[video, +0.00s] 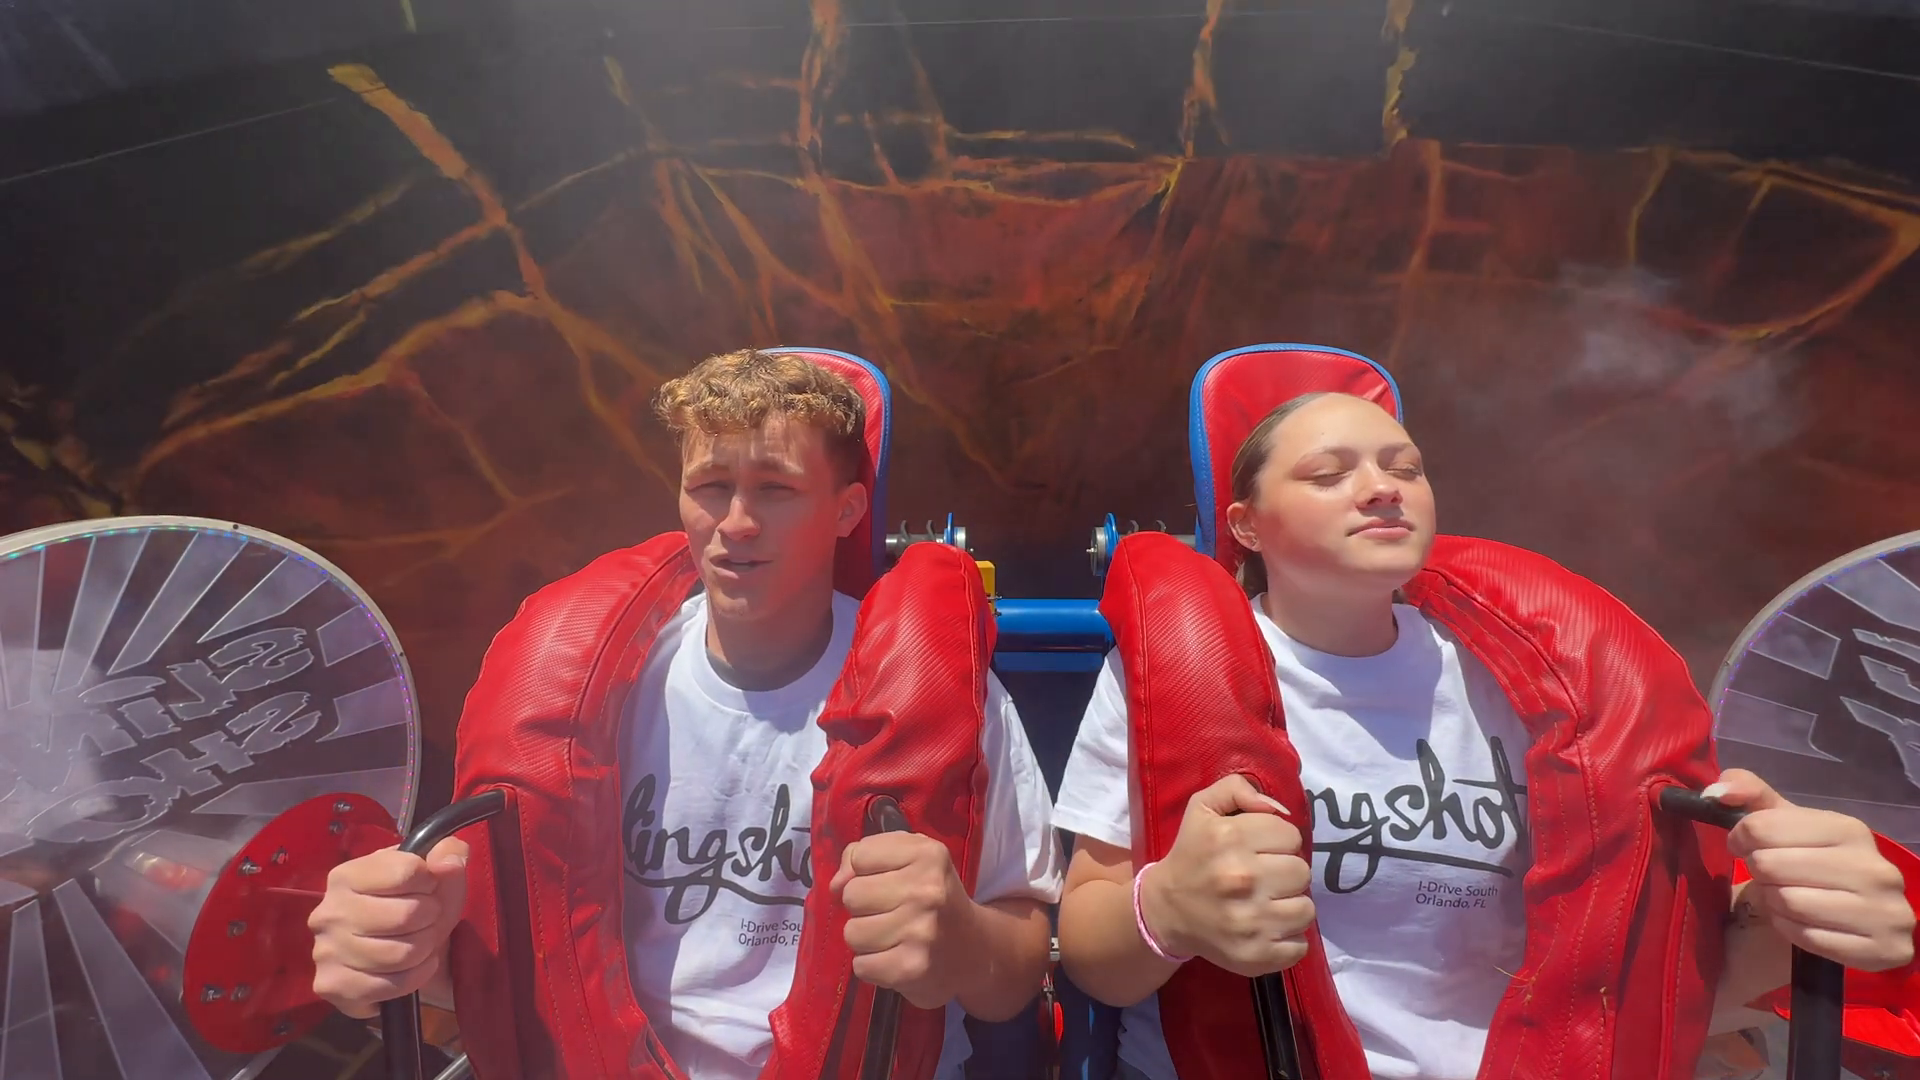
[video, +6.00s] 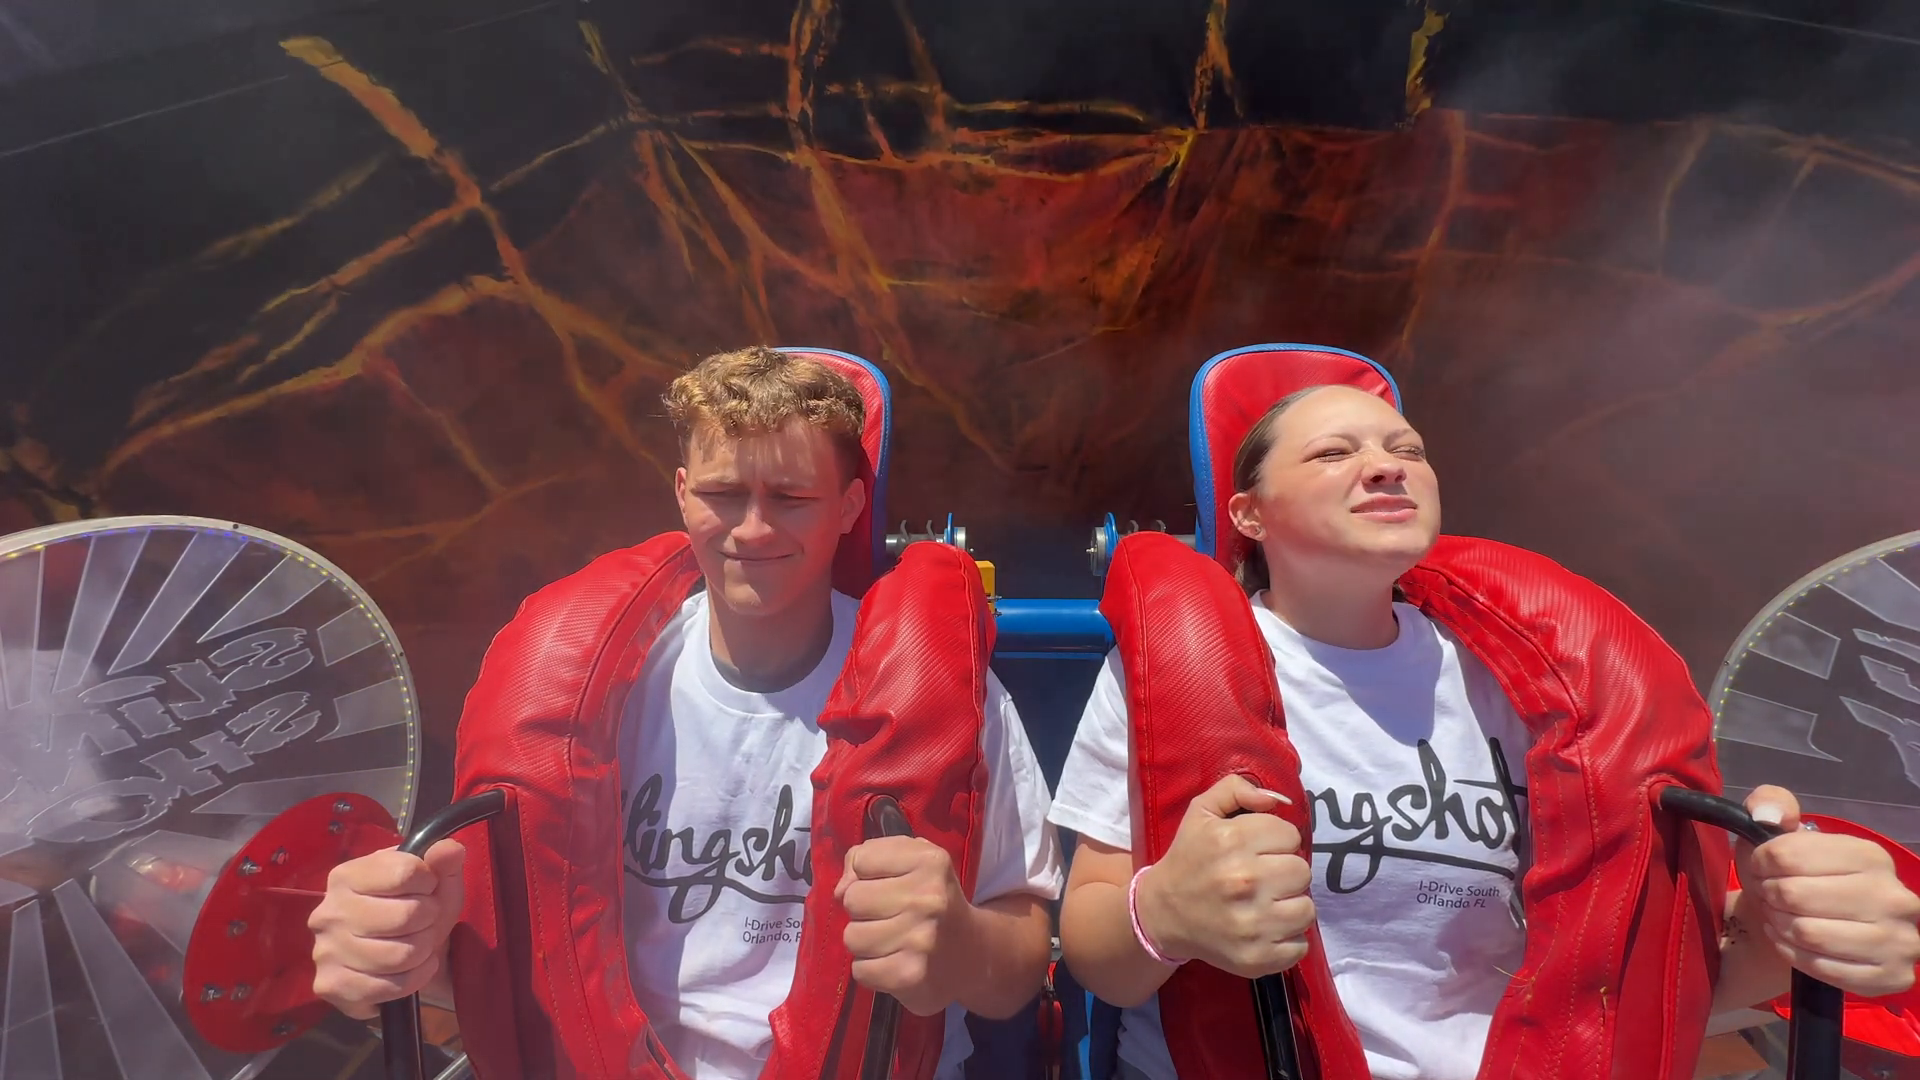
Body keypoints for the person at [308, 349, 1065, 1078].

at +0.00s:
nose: (736, 525)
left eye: (775, 491)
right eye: (712, 488)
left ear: (849, 507)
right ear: (679, 491)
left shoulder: (936, 692)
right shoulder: (582, 672)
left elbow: (1024, 968)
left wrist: (967, 945)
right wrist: (404, 941)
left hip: (828, 1064)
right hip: (610, 1059)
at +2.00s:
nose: (729, 524)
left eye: (768, 493)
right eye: (705, 490)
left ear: (847, 507)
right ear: (675, 492)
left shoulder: (936, 690)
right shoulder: (581, 669)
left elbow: (1026, 958)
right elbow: (505, 938)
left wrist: (961, 949)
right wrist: (410, 945)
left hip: (832, 1063)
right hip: (611, 1058)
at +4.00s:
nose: (726, 523)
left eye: (766, 491)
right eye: (703, 490)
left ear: (847, 507)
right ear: (672, 494)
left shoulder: (935, 688)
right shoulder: (586, 674)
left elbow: (1026, 955)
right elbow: (503, 926)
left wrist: (965, 949)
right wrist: (402, 942)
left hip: (839, 1063)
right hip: (616, 1058)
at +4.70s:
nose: (831, 522)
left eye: (850, 492)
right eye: (789, 487)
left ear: (873, 504)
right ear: (693, 499)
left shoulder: (937, 685)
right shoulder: (583, 671)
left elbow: (1024, 952)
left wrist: (965, 950)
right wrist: (411, 941)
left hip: (840, 1063)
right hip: (614, 1059)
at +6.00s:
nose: (751, 531)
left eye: (789, 498)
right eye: (723, 495)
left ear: (851, 505)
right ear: (683, 492)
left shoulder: (939, 690)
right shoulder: (583, 670)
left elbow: (1023, 961)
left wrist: (962, 949)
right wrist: (410, 946)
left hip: (840, 1062)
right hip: (614, 1057)